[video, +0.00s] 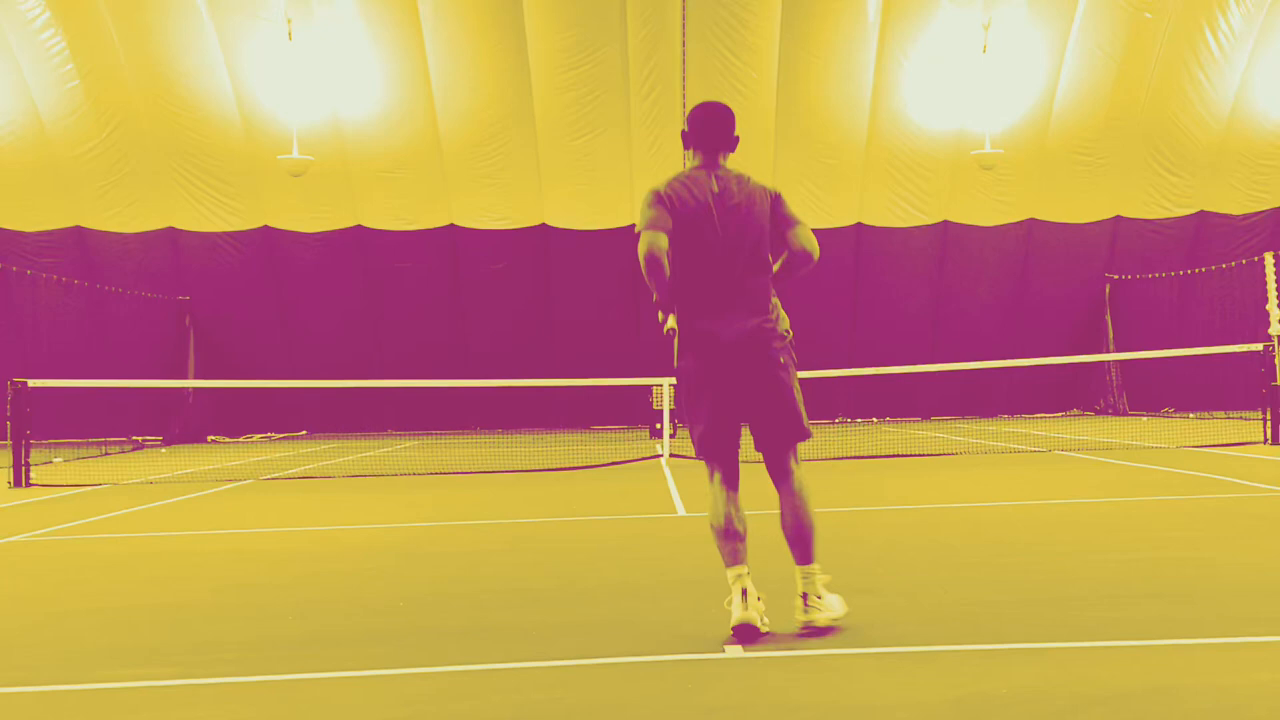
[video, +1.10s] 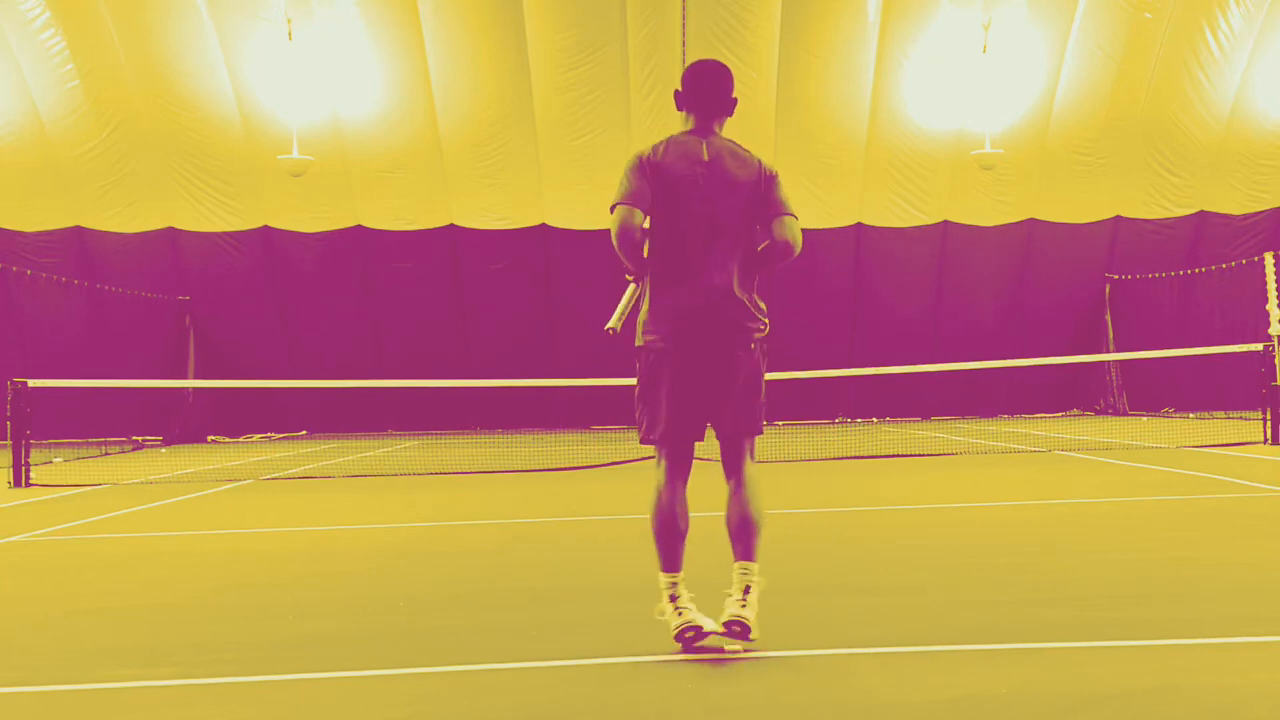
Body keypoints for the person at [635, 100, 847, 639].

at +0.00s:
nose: (694, 153)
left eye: (687, 145)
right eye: (715, 144)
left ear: (686, 144)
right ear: (735, 145)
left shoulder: (663, 196)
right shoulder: (763, 196)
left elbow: (652, 253)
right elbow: (807, 250)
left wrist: (666, 306)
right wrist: (769, 282)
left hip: (703, 353)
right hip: (764, 348)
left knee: (721, 476)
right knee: (786, 469)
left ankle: (742, 596)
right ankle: (812, 593)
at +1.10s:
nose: (713, 114)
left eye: (691, 103)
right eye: (725, 103)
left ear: (679, 104)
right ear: (733, 106)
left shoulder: (649, 162)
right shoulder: (756, 171)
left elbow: (624, 226)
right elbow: (789, 241)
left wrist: (639, 274)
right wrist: (743, 273)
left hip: (669, 329)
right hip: (734, 329)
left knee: (672, 468)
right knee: (740, 464)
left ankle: (673, 600)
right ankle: (743, 594)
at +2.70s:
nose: (695, 99)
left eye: (691, 89)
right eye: (725, 91)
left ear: (687, 92)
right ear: (742, 95)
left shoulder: (661, 147)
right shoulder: (770, 154)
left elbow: (639, 208)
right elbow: (817, 217)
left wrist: (656, 259)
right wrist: (773, 269)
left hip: (688, 326)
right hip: (759, 322)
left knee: (685, 477)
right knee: (766, 470)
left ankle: (690, 620)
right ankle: (775, 614)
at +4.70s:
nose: (680, 131)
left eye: (677, 121)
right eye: (698, 122)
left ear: (675, 126)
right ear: (724, 129)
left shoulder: (651, 185)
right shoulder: (752, 188)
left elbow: (629, 258)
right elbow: (795, 247)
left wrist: (656, 292)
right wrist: (757, 291)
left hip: (673, 347)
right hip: (737, 348)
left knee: (661, 474)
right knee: (734, 478)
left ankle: (661, 605)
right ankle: (746, 607)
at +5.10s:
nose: (677, 142)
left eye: (664, 129)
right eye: (693, 131)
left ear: (653, 134)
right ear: (702, 135)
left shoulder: (626, 194)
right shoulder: (730, 195)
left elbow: (601, 256)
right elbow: (769, 257)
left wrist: (631, 296)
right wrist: (734, 297)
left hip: (653, 352)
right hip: (721, 350)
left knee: (661, 477)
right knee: (744, 471)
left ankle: (668, 604)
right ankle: (773, 592)